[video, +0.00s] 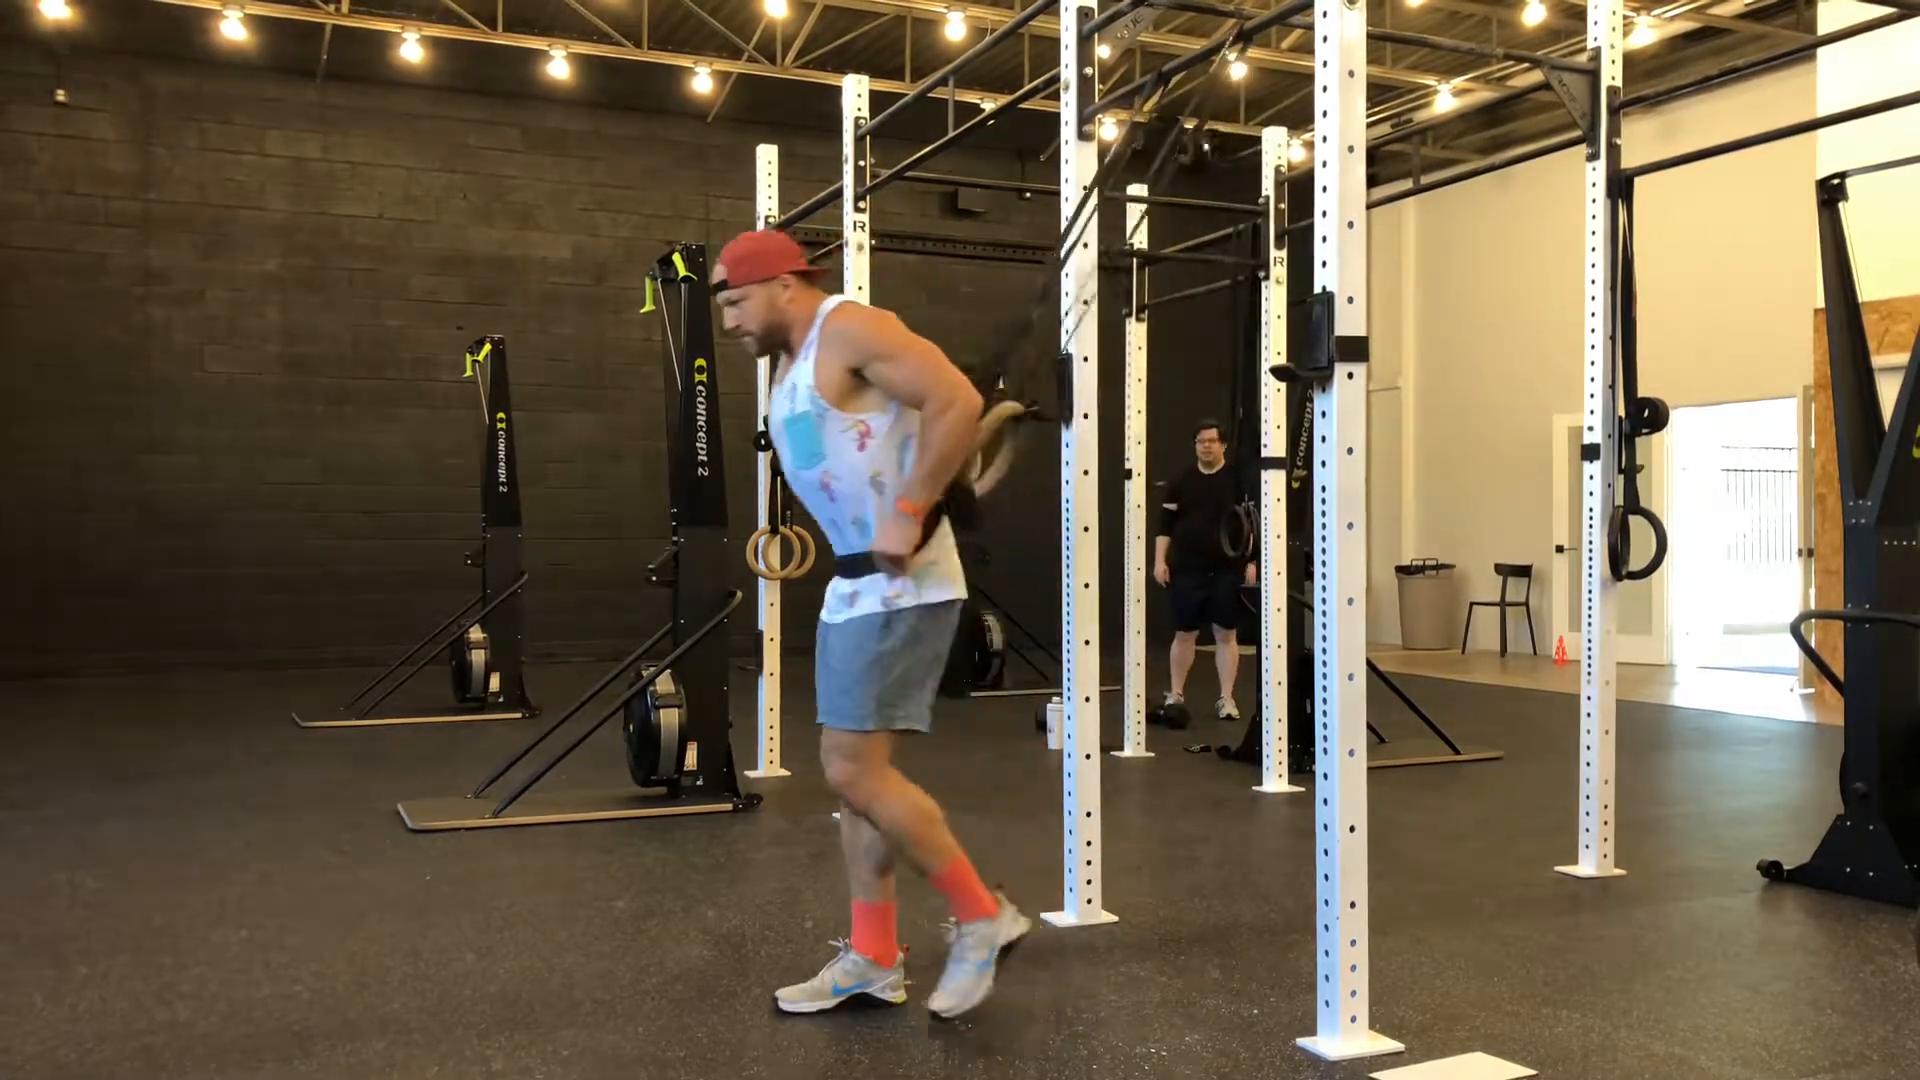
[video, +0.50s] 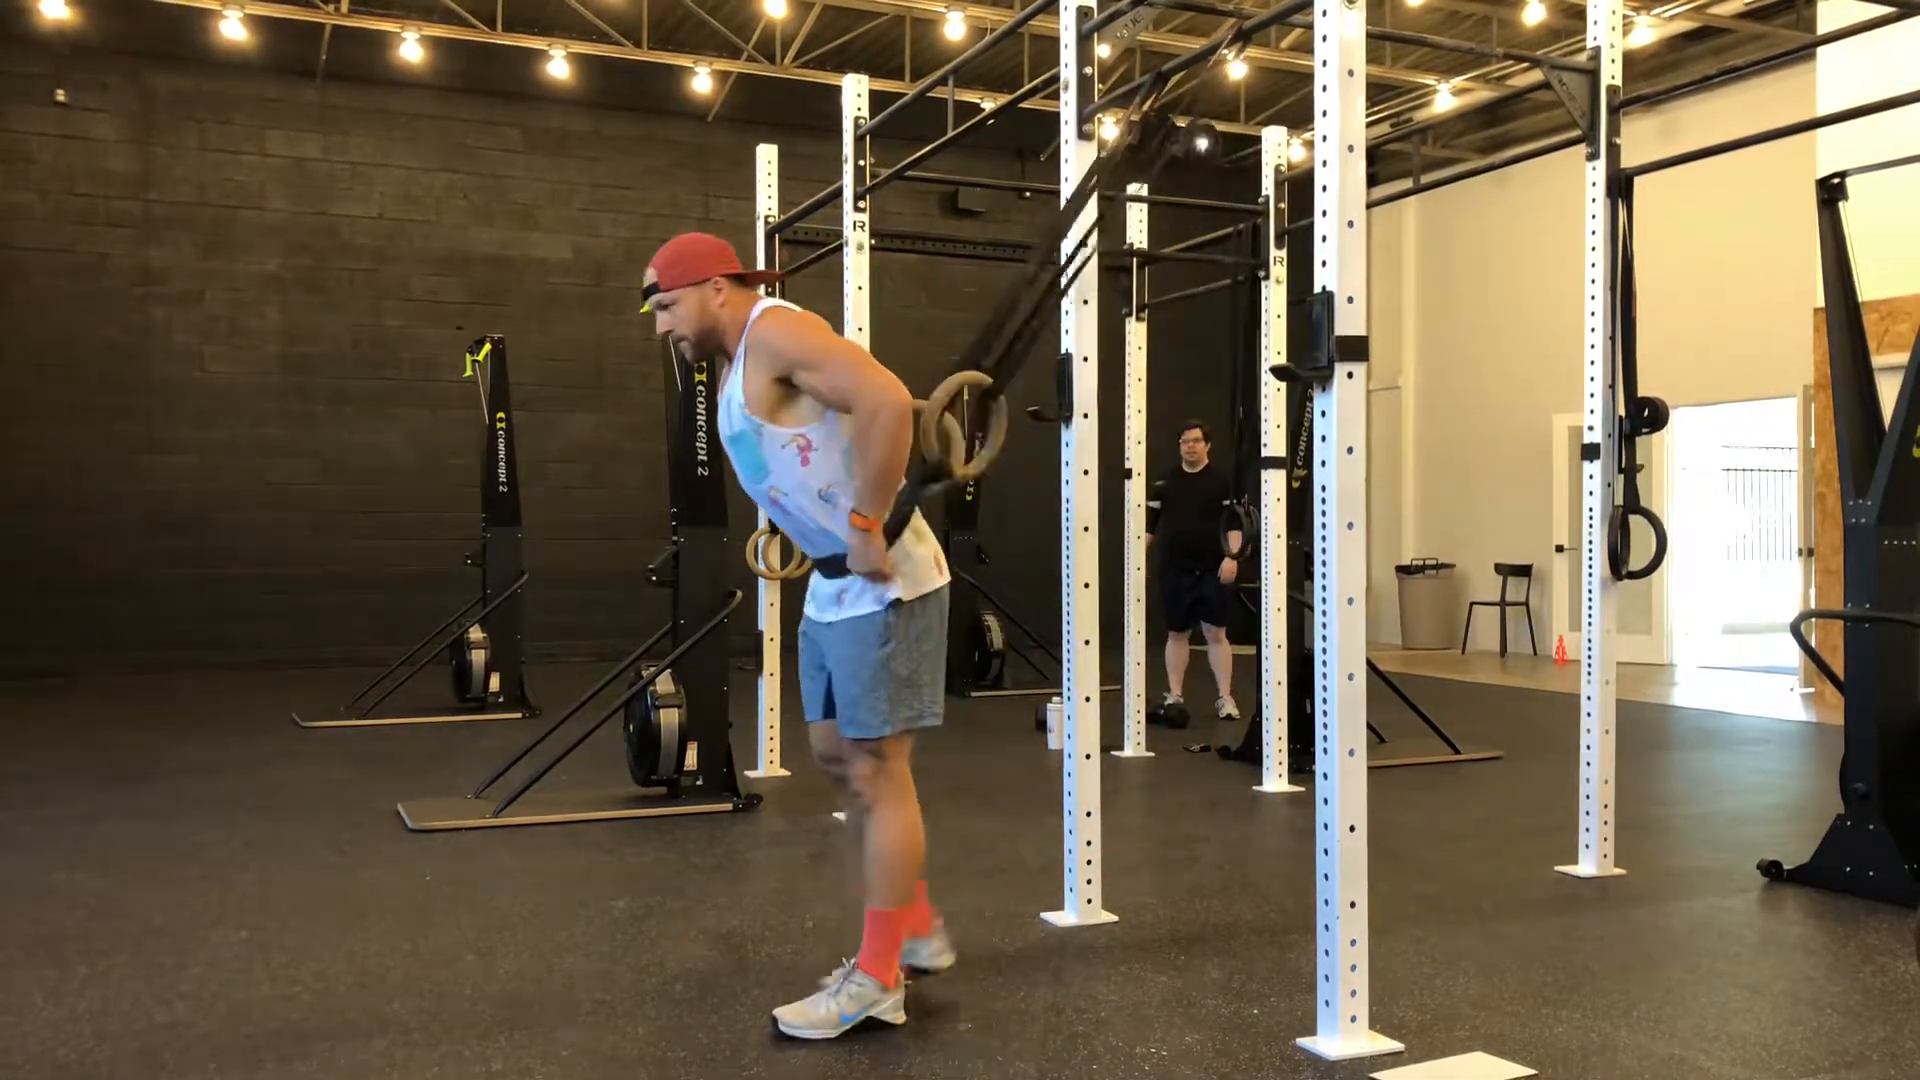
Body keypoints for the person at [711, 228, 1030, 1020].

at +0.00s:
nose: (727, 315)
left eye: (735, 296)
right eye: (724, 299)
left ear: (784, 286)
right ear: (772, 293)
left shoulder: (850, 327)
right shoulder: (796, 366)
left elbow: (959, 403)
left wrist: (908, 512)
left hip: (901, 586)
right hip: (857, 586)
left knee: (855, 768)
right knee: (856, 772)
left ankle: (985, 917)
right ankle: (873, 957)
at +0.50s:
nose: (658, 323)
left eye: (664, 302)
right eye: (654, 306)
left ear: (717, 288)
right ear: (702, 297)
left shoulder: (775, 330)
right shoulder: (742, 358)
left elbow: (889, 405)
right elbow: (833, 426)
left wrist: (869, 524)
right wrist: (814, 529)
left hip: (883, 586)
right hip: (830, 586)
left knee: (879, 770)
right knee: (835, 751)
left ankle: (878, 976)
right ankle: (918, 923)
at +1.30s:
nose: (547, 457)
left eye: (550, 438)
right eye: (540, 444)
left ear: (597, 410)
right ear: (586, 422)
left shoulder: (687, 445)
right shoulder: (627, 498)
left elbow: (830, 488)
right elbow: (593, 575)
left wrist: (892, 602)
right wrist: (527, 554)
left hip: (830, 623)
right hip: (830, 626)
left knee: (732, 798)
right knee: (917, 778)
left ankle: (850, 957)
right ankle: (1044, 896)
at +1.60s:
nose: (528, 569)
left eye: (527, 552)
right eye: (522, 557)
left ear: (564, 520)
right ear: (558, 528)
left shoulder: (668, 527)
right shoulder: (610, 591)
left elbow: (823, 524)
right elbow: (559, 670)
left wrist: (916, 603)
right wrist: (498, 651)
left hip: (836, 662)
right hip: (838, 665)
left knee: (719, 822)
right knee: (919, 831)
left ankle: (855, 962)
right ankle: (1069, 909)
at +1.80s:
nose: (540, 608)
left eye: (540, 591)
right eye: (531, 599)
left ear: (575, 557)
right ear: (565, 570)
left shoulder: (667, 559)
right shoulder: (619, 622)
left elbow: (826, 543)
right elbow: (574, 705)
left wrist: (925, 606)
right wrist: (508, 687)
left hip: (861, 660)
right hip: (856, 666)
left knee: (731, 816)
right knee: (892, 853)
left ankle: (860, 969)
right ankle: (1062, 901)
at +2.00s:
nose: (552, 615)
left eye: (552, 599)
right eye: (544, 604)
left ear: (589, 567)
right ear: (584, 574)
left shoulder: (681, 567)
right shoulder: (639, 627)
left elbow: (840, 548)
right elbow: (593, 712)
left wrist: (941, 609)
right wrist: (524, 693)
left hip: (872, 669)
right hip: (877, 670)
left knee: (736, 814)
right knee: (898, 859)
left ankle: (861, 967)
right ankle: (1070, 906)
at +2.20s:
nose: (544, 621)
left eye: (544, 605)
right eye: (536, 612)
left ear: (583, 575)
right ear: (580, 579)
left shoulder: (670, 580)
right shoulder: (632, 637)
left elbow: (810, 563)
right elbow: (566, 718)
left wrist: (932, 618)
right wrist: (504, 697)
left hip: (865, 682)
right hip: (870, 685)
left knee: (722, 822)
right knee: (911, 863)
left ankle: (853, 960)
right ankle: (1079, 910)